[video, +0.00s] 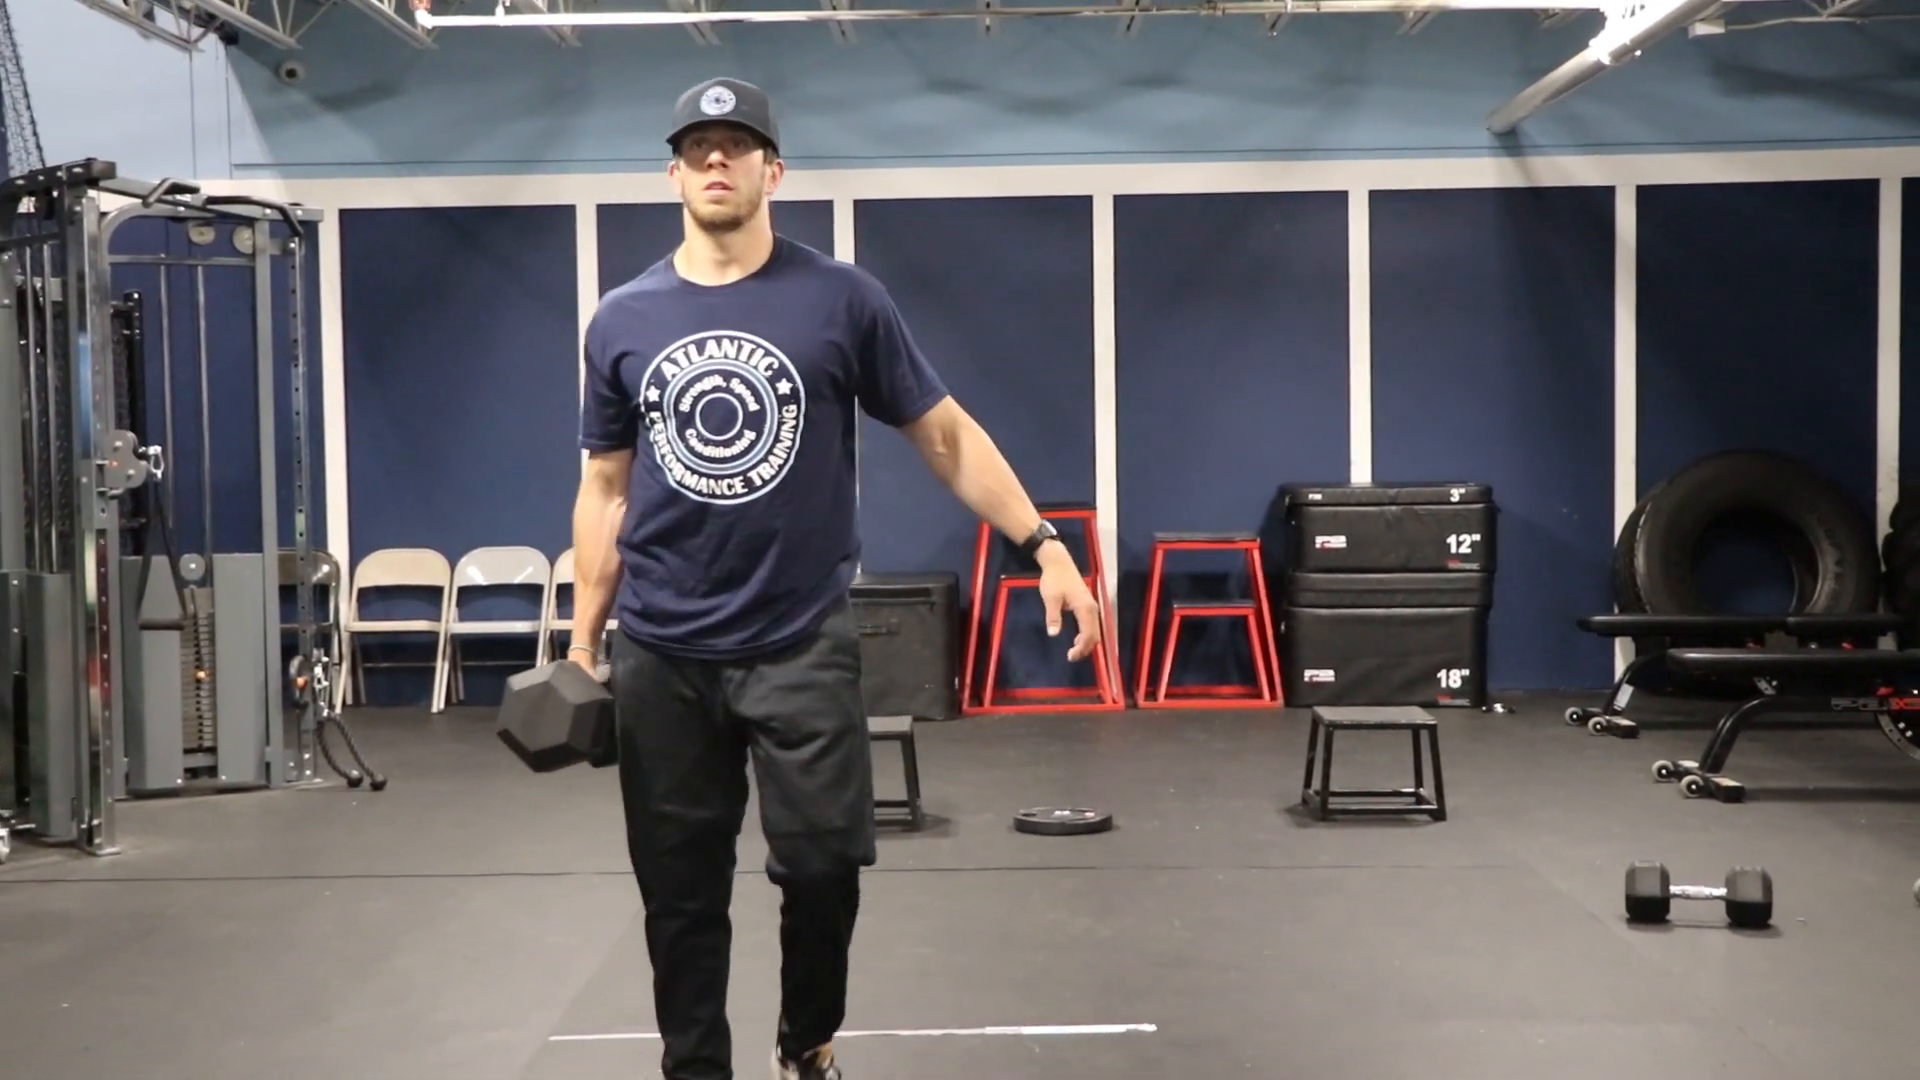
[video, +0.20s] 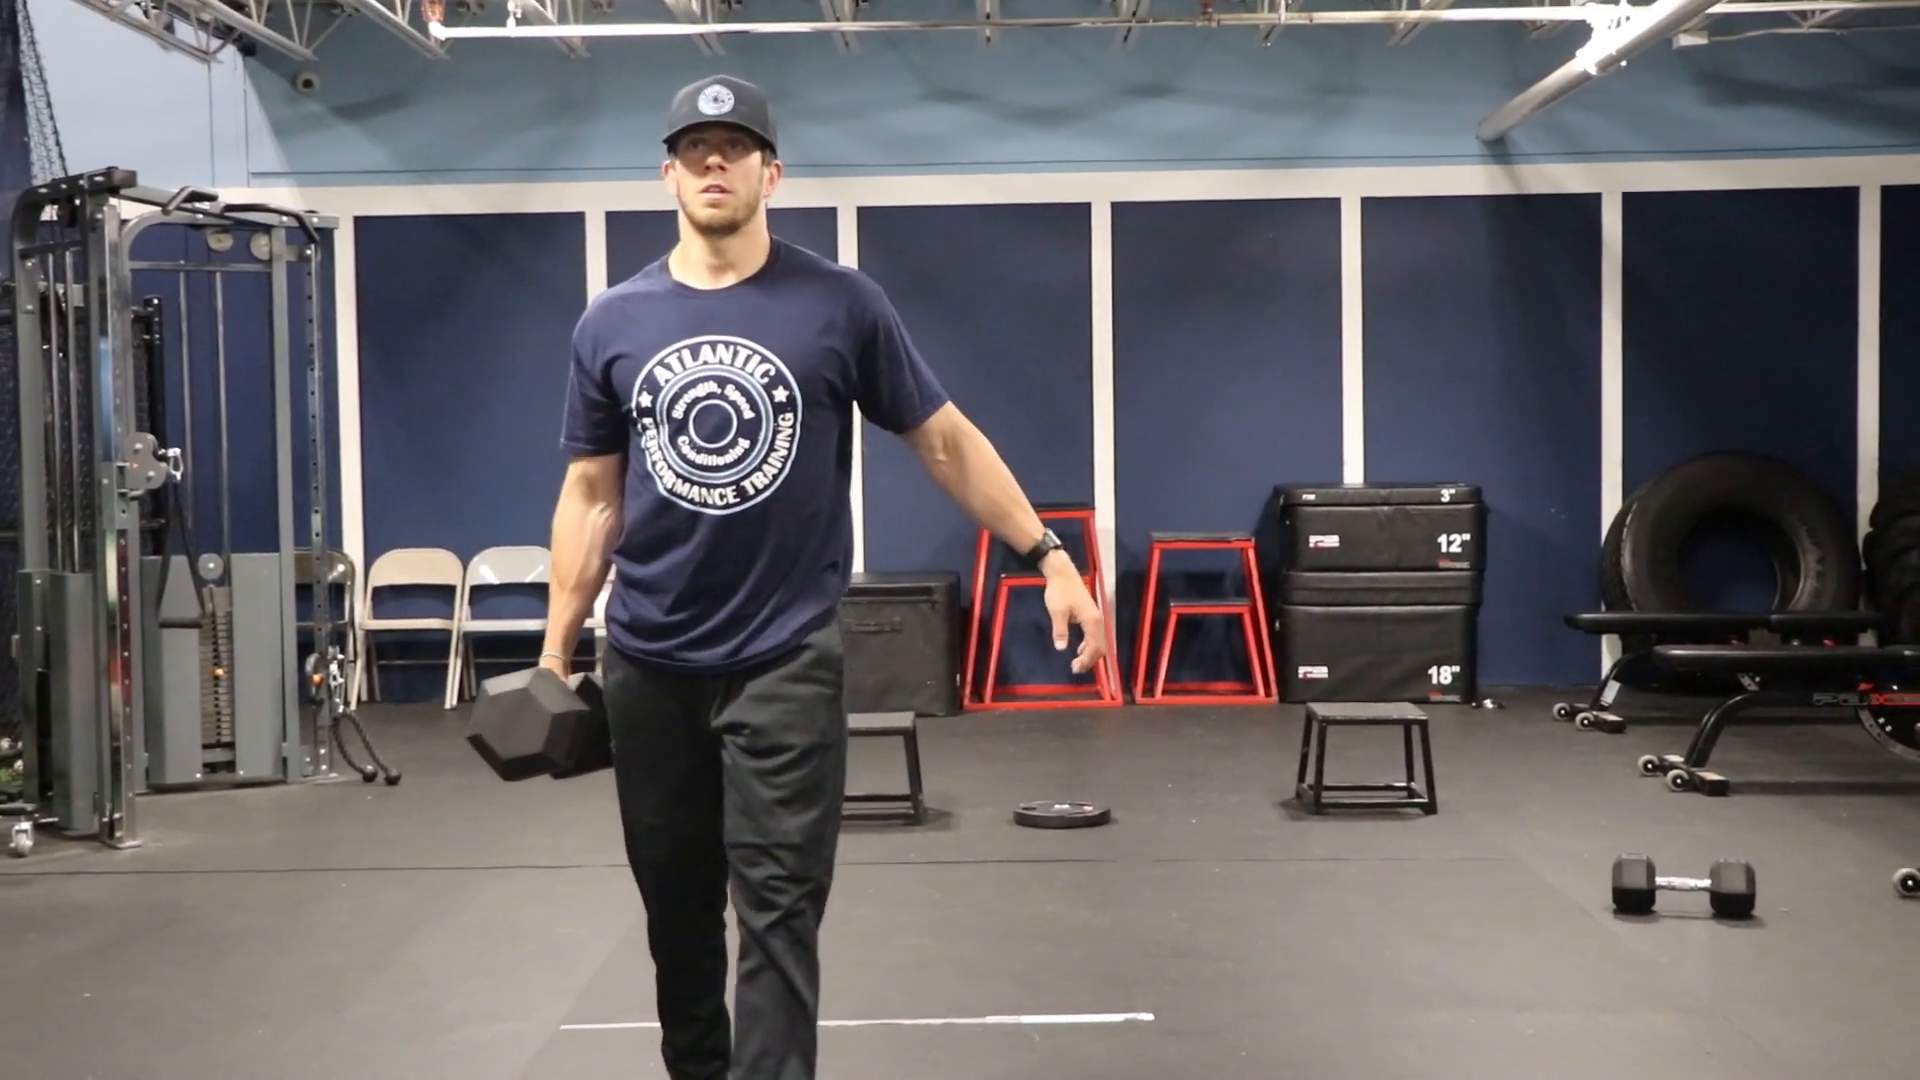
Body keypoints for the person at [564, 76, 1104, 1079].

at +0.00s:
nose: (715, 164)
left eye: (735, 149)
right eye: (698, 150)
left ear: (772, 171)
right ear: (674, 173)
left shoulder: (842, 299)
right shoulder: (620, 320)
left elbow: (948, 436)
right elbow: (602, 488)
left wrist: (1048, 548)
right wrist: (583, 651)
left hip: (800, 638)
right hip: (660, 643)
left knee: (824, 864)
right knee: (679, 891)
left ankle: (807, 1053)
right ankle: (693, 1073)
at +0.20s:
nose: (714, 167)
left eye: (733, 151)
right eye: (695, 152)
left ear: (769, 172)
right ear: (668, 173)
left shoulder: (842, 304)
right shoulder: (611, 321)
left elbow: (945, 439)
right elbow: (590, 493)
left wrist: (1053, 559)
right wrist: (555, 658)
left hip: (786, 650)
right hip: (648, 654)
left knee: (777, 900)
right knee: (676, 900)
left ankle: (770, 1078)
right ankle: (698, 1072)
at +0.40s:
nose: (736, 169)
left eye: (759, 153)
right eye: (718, 152)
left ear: (794, 176)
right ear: (691, 170)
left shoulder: (856, 317)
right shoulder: (619, 319)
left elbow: (966, 463)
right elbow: (587, 494)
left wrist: (1075, 585)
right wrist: (544, 668)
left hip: (771, 665)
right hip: (631, 663)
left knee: (753, 929)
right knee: (645, 918)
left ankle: (736, 1075)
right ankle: (685, 1071)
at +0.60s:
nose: (731, 153)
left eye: (754, 137)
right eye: (713, 136)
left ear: (792, 161)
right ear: (687, 156)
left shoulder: (857, 305)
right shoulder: (617, 306)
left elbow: (974, 448)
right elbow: (585, 488)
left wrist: (1080, 563)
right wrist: (543, 664)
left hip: (773, 667)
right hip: (621, 659)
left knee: (759, 945)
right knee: (601, 920)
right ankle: (630, 1078)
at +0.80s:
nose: (704, 157)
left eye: (727, 140)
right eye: (685, 140)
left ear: (769, 166)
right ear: (659, 164)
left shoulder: (838, 311)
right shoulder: (592, 317)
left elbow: (962, 447)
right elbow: (565, 504)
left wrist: (1049, 527)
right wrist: (529, 684)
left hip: (763, 681)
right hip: (609, 677)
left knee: (757, 953)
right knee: (598, 953)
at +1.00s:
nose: (648, 149)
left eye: (672, 130)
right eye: (627, 135)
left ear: (717, 159)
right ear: (603, 166)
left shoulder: (797, 308)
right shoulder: (542, 329)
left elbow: (922, 448)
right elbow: (523, 526)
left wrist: (1036, 559)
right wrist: (504, 711)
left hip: (742, 700)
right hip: (582, 701)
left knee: (755, 966)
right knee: (592, 993)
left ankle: (753, 1076)